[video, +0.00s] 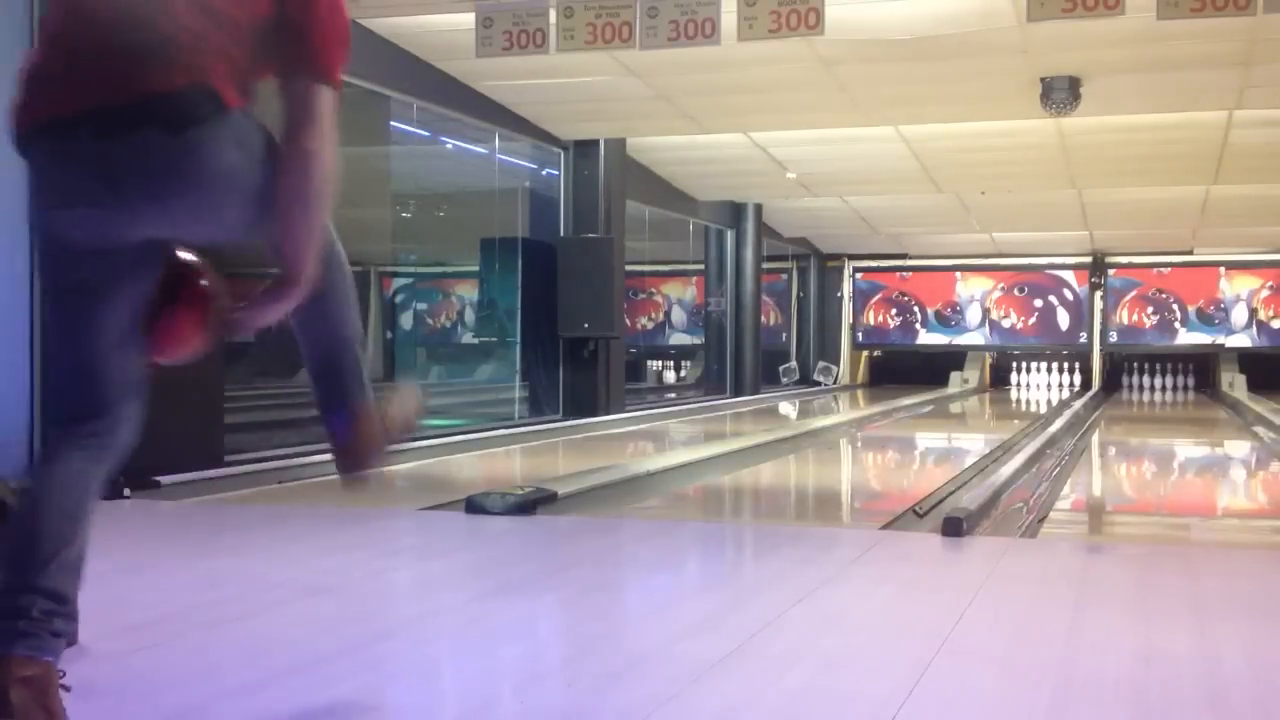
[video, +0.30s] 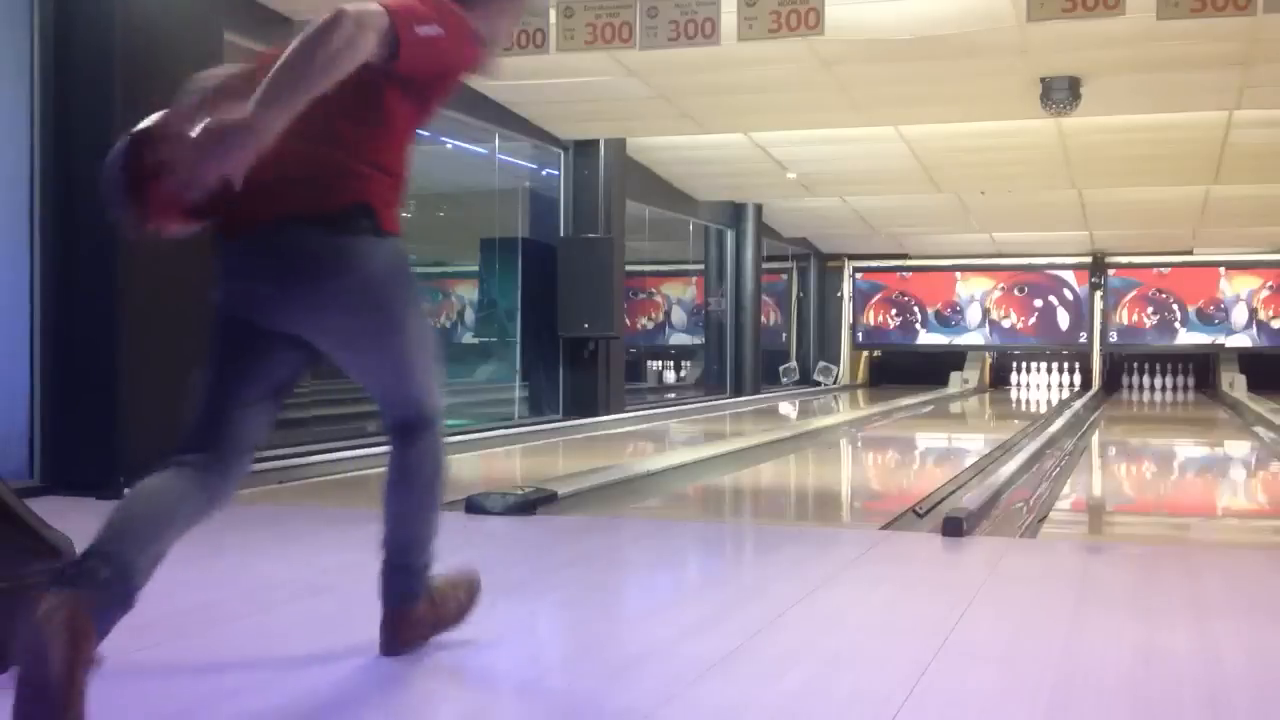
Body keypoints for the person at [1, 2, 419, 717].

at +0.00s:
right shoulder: (306, 3)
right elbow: (309, 134)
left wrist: (156, 262)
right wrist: (296, 277)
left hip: (62, 161)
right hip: (186, 145)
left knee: (90, 421)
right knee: (311, 239)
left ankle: (28, 650)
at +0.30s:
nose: (514, 32)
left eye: (519, 21)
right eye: (515, 17)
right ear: (491, 6)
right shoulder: (453, 28)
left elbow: (218, 82)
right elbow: (351, 24)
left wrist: (170, 157)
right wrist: (243, 134)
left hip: (255, 257)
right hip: (344, 253)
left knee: (207, 465)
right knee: (415, 423)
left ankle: (77, 606)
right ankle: (407, 605)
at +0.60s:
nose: (656, 144)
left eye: (662, 132)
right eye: (658, 129)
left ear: (611, 105)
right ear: (637, 120)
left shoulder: (560, 131)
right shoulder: (580, 143)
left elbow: (428, 162)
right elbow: (493, 153)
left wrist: (351, 228)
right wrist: (446, 216)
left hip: (385, 278)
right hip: (424, 286)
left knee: (461, 439)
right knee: (477, 450)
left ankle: (410, 585)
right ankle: (413, 604)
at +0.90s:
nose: (749, 224)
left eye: (752, 213)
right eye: (753, 213)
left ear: (704, 186)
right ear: (741, 211)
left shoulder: (635, 195)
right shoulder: (685, 260)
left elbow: (536, 200)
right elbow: (630, 349)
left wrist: (468, 248)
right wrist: (637, 437)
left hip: (485, 312)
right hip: (522, 339)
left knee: (582, 389)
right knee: (492, 493)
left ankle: (610, 532)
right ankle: (414, 521)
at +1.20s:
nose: (778, 196)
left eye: (775, 183)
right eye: (779, 188)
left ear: (729, 161)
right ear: (767, 185)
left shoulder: (667, 165)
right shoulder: (735, 224)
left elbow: (571, 181)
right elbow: (781, 272)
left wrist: (506, 233)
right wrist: (809, 200)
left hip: (524, 259)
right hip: (552, 289)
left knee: (592, 387)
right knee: (453, 402)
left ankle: (605, 528)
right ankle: (310, 439)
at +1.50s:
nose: (781, 144)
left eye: (779, 130)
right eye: (782, 134)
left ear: (728, 113)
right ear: (775, 134)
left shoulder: (673, 136)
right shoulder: (749, 185)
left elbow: (580, 183)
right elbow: (787, 291)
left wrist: (562, 242)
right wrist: (799, 290)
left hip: (562, 263)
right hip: (567, 272)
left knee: (604, 390)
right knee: (492, 396)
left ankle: (608, 531)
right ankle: (362, 475)